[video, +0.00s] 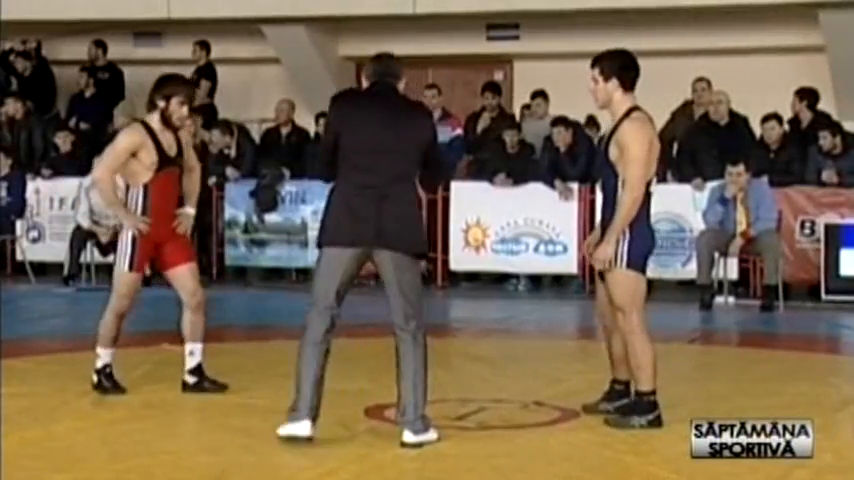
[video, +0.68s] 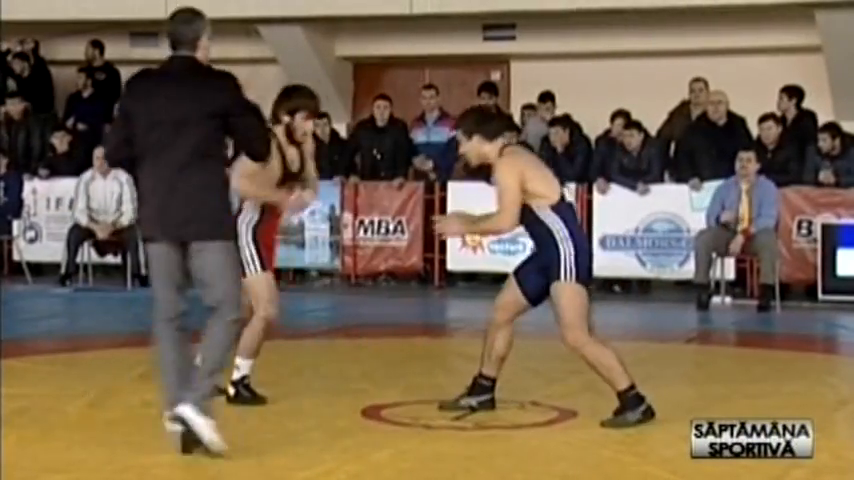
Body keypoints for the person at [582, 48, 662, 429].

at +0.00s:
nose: (591, 88)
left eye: (595, 81)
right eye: (592, 80)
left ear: (614, 83)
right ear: (618, 83)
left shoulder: (635, 127)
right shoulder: (620, 125)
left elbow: (635, 190)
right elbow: (616, 189)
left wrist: (612, 239)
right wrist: (600, 233)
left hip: (630, 231)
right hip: (614, 228)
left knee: (630, 318)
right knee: (610, 315)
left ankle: (646, 399)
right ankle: (622, 385)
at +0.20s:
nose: (573, 95)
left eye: (575, 87)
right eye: (572, 88)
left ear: (592, 88)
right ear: (599, 88)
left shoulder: (616, 129)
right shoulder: (611, 126)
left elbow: (619, 189)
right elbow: (617, 189)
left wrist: (587, 233)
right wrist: (586, 229)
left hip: (619, 231)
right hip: (606, 229)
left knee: (617, 318)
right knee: (572, 302)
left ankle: (644, 403)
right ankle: (589, 381)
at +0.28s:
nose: (562, 101)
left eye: (564, 93)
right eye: (561, 94)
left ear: (580, 92)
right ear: (590, 92)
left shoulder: (604, 132)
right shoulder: (609, 128)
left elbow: (606, 188)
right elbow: (618, 184)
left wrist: (571, 230)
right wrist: (582, 226)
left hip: (611, 228)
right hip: (602, 226)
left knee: (610, 322)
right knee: (564, 305)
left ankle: (643, 403)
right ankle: (560, 383)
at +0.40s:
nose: (539, 112)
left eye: (542, 104)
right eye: (539, 104)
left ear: (560, 103)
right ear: (568, 103)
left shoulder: (584, 139)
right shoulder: (587, 135)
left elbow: (582, 195)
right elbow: (584, 194)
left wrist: (542, 228)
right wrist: (544, 225)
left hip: (600, 241)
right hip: (588, 239)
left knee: (597, 327)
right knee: (548, 311)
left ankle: (641, 404)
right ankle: (520, 381)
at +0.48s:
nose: (519, 119)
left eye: (522, 111)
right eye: (519, 111)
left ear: (539, 110)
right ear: (547, 109)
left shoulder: (566, 143)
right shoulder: (569, 138)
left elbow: (564, 201)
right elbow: (572, 197)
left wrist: (521, 224)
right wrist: (529, 221)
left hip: (589, 243)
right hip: (576, 241)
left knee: (590, 331)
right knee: (536, 315)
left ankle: (640, 405)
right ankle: (501, 382)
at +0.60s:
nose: (487, 138)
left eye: (487, 130)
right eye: (484, 132)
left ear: (503, 124)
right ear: (509, 124)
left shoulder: (535, 153)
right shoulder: (535, 150)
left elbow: (531, 211)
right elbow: (531, 210)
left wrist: (486, 221)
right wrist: (490, 223)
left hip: (573, 252)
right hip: (554, 252)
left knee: (579, 336)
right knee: (512, 319)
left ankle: (636, 402)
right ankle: (484, 390)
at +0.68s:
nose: (461, 150)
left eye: (464, 142)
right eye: (460, 143)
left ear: (484, 139)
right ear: (488, 138)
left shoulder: (509, 164)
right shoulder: (514, 157)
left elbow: (506, 222)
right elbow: (512, 213)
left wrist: (466, 226)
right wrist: (476, 224)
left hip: (566, 249)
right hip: (546, 251)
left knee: (575, 334)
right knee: (502, 313)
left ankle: (633, 400)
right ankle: (483, 389)